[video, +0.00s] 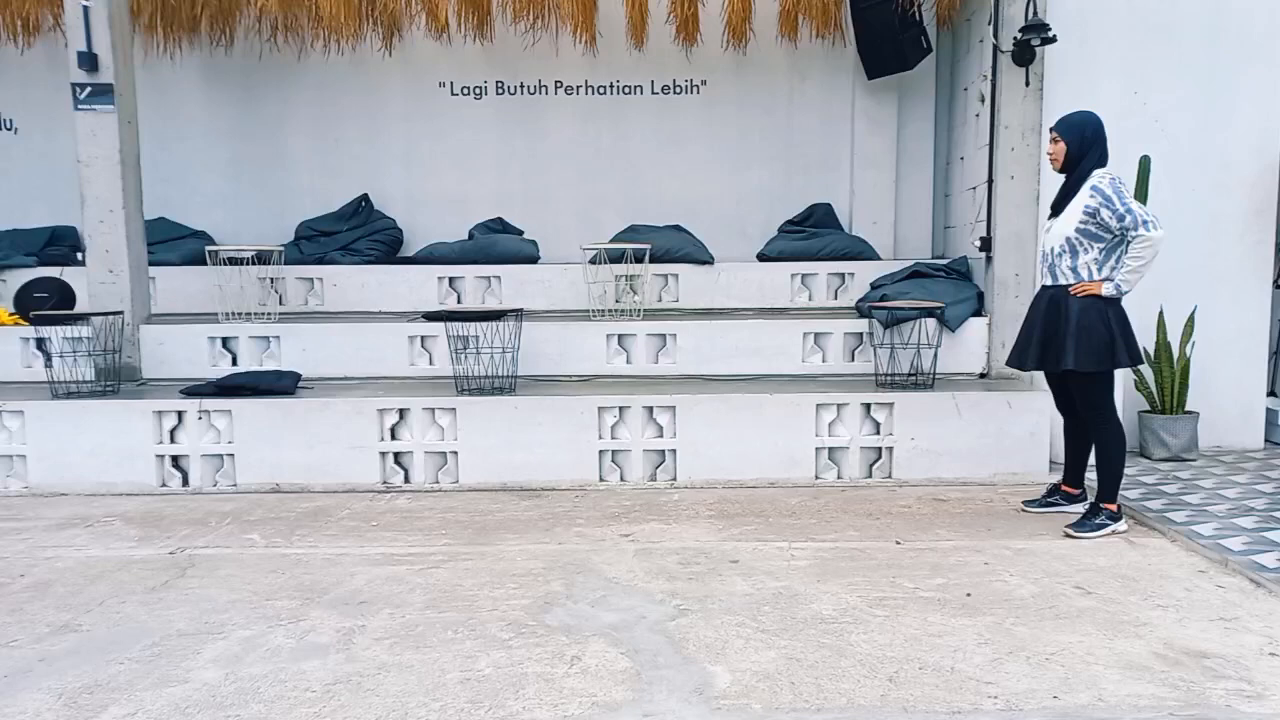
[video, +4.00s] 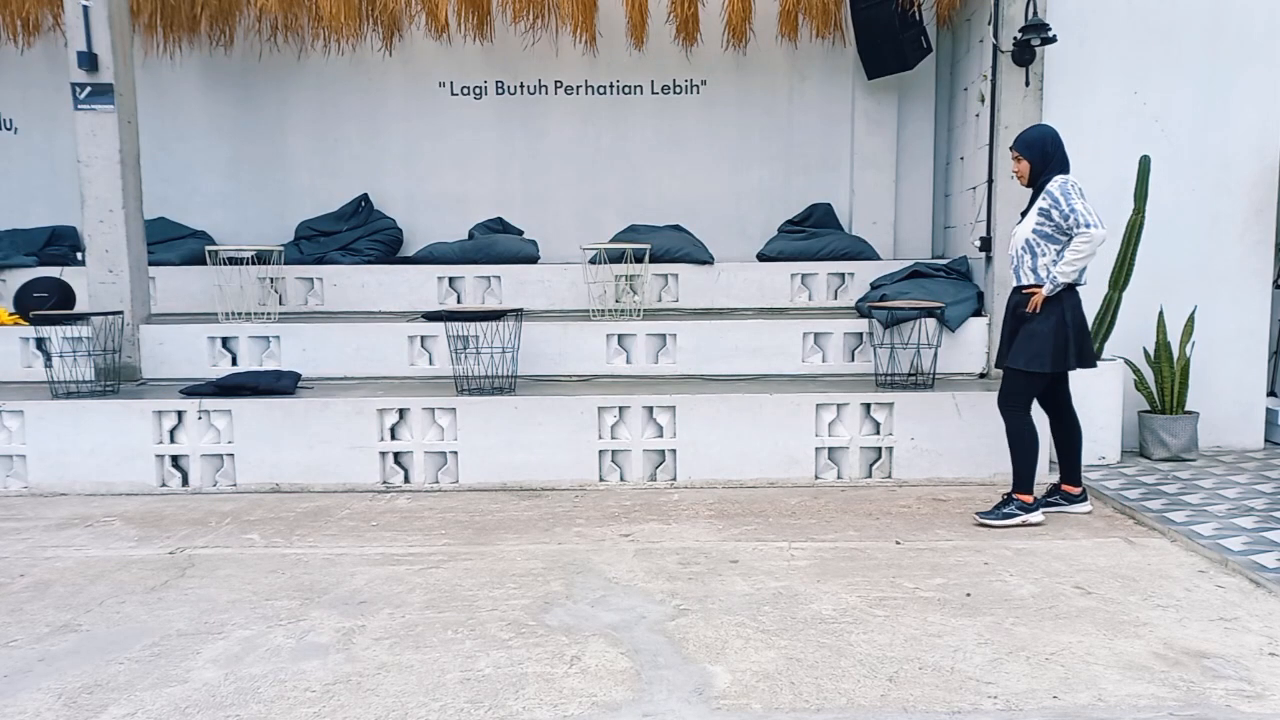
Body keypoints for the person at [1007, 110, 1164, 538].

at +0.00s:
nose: (1049, 149)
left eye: (1056, 141)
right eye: (1050, 141)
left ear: (1080, 143)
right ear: (1069, 145)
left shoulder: (1100, 184)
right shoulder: (1070, 189)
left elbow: (1148, 232)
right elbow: (1090, 243)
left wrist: (1116, 285)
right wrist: (1055, 282)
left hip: (1087, 313)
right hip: (1057, 312)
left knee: (1099, 411)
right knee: (1071, 408)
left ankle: (1109, 507)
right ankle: (1070, 489)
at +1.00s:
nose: (1068, 147)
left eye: (1075, 139)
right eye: (1069, 139)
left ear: (1099, 142)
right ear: (1092, 143)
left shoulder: (1118, 186)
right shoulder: (1080, 193)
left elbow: (1112, 253)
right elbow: (1045, 261)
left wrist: (1082, 307)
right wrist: (1008, 308)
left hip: (1095, 306)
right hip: (1060, 305)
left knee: (1099, 408)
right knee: (1072, 405)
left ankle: (1108, 507)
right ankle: (1071, 488)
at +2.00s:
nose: (1051, 152)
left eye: (1058, 144)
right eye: (1052, 144)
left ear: (1080, 147)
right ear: (1075, 148)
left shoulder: (1099, 185)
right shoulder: (1070, 190)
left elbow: (1134, 234)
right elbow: (1083, 243)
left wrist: (1093, 272)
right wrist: (1075, 275)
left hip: (1075, 309)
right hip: (1047, 307)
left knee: (1085, 409)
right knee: (1059, 405)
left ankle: (1107, 507)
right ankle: (1070, 489)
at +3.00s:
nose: (1030, 155)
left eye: (1036, 147)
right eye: (1030, 148)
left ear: (1058, 149)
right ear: (1050, 151)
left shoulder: (1078, 186)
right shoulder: (1051, 192)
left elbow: (1103, 236)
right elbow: (1057, 248)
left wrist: (1060, 283)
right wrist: (1030, 284)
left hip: (1053, 310)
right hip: (1037, 308)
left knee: (1031, 405)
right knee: (1061, 403)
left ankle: (1024, 501)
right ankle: (1072, 489)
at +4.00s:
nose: (1015, 168)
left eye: (1020, 160)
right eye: (1014, 160)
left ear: (1041, 157)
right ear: (1038, 159)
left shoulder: (1060, 187)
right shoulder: (1044, 194)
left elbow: (1091, 232)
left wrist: (1052, 283)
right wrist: (1032, 284)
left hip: (1045, 311)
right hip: (1040, 309)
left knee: (1013, 402)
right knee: (1056, 401)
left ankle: (1022, 499)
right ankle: (1071, 488)